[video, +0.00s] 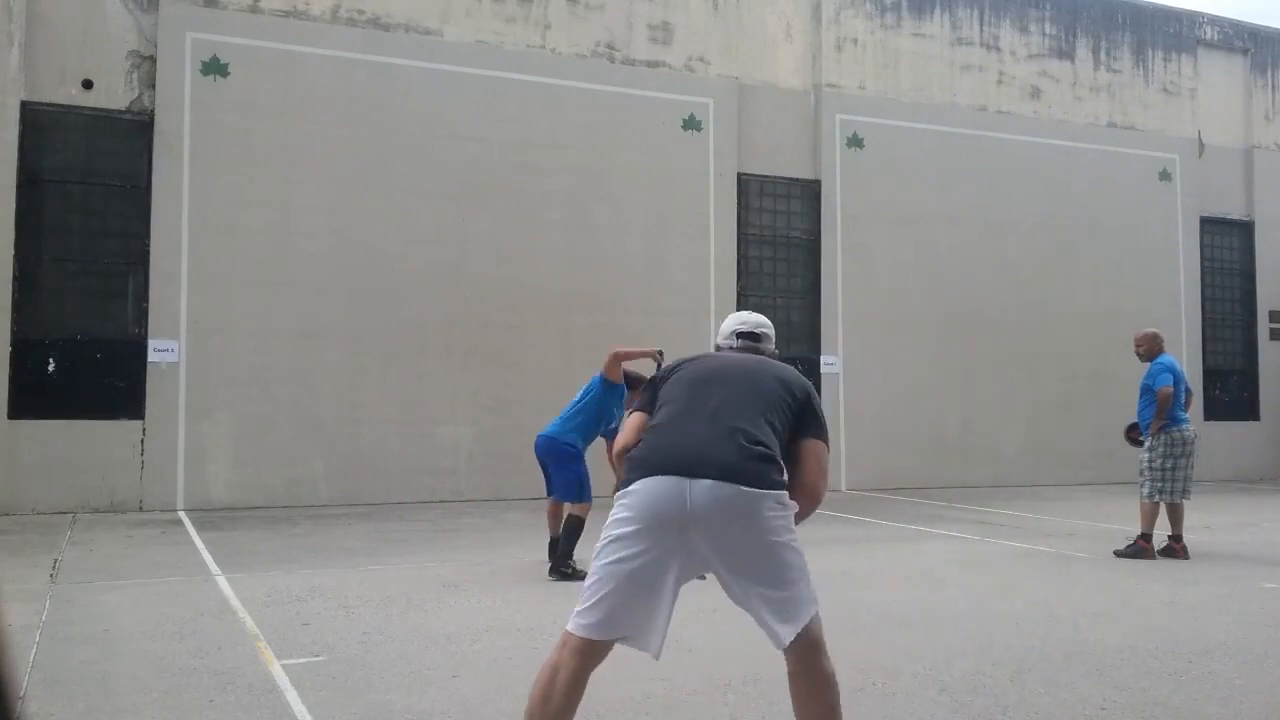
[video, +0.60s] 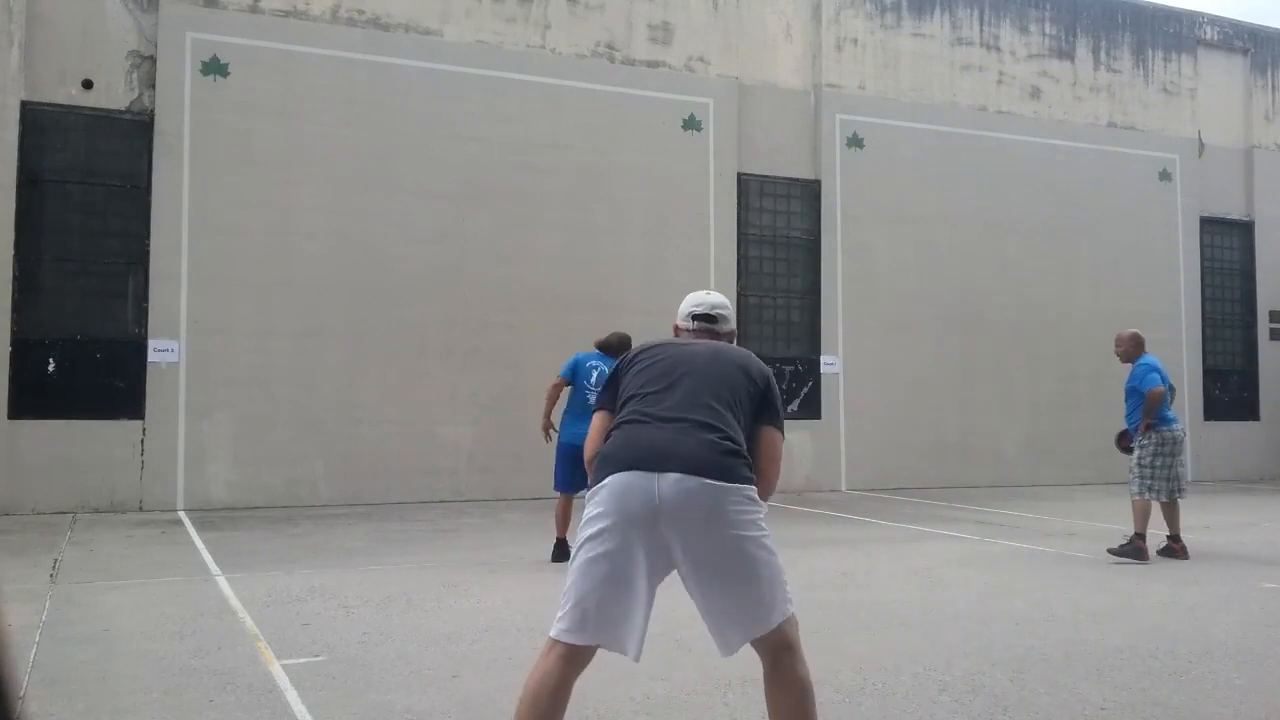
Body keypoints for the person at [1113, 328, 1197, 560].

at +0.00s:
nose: (1136, 351)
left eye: (1140, 346)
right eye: (1135, 347)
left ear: (1157, 345)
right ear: (1158, 347)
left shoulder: (1160, 365)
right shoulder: (1172, 363)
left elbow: (1166, 392)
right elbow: (1188, 393)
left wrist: (1156, 422)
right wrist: (1177, 419)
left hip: (1163, 435)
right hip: (1181, 432)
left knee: (1150, 489)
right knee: (1173, 491)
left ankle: (1144, 543)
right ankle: (1176, 543)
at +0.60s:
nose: (1116, 351)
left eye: (1119, 346)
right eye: (1116, 347)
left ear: (1134, 347)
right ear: (1136, 347)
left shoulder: (1142, 367)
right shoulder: (1152, 364)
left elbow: (1156, 391)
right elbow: (1169, 390)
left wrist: (1146, 420)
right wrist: (1157, 416)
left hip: (1154, 434)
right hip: (1170, 432)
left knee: (1139, 488)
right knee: (1167, 489)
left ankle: (1138, 543)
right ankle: (1175, 543)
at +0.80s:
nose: (1110, 352)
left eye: (1114, 347)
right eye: (1108, 348)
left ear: (1128, 347)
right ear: (1108, 350)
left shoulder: (1138, 369)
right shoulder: (1124, 371)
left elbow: (1156, 397)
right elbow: (1133, 406)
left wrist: (1131, 419)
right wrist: (1123, 436)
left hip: (1149, 436)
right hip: (1150, 435)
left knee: (1134, 490)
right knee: (1158, 489)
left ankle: (1134, 547)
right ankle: (1174, 542)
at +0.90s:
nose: (1115, 349)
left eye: (1119, 343)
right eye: (1110, 345)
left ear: (1129, 344)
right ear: (1106, 348)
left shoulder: (1140, 366)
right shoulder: (1111, 370)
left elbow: (1152, 396)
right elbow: (1118, 406)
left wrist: (1125, 414)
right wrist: (1116, 435)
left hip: (1147, 434)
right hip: (1132, 436)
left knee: (1136, 491)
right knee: (1152, 490)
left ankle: (1135, 547)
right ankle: (1169, 540)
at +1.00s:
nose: (1117, 346)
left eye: (1121, 342)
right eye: (1112, 342)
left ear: (1130, 342)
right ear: (1107, 345)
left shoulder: (1140, 364)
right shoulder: (1108, 368)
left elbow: (1148, 395)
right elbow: (1110, 405)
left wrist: (1117, 410)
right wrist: (1109, 433)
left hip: (1146, 433)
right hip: (1129, 436)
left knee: (1136, 489)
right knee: (1145, 489)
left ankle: (1134, 546)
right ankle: (1155, 542)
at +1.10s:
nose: (1122, 346)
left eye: (1127, 342)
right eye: (1117, 343)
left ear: (1134, 343)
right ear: (1110, 345)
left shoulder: (1142, 365)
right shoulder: (1109, 369)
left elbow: (1147, 396)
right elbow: (1110, 405)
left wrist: (1114, 409)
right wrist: (1106, 434)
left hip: (1144, 435)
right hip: (1126, 438)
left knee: (1126, 491)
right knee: (1143, 491)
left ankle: (1135, 547)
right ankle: (1158, 544)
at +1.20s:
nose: (1111, 350)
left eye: (1116, 346)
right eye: (1107, 346)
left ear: (1129, 348)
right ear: (1104, 349)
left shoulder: (1134, 369)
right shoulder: (1112, 376)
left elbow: (1138, 401)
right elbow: (1111, 413)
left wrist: (1107, 415)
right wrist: (1100, 440)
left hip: (1138, 439)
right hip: (1133, 440)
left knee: (1109, 490)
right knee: (1138, 491)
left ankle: (1132, 542)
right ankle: (1155, 544)